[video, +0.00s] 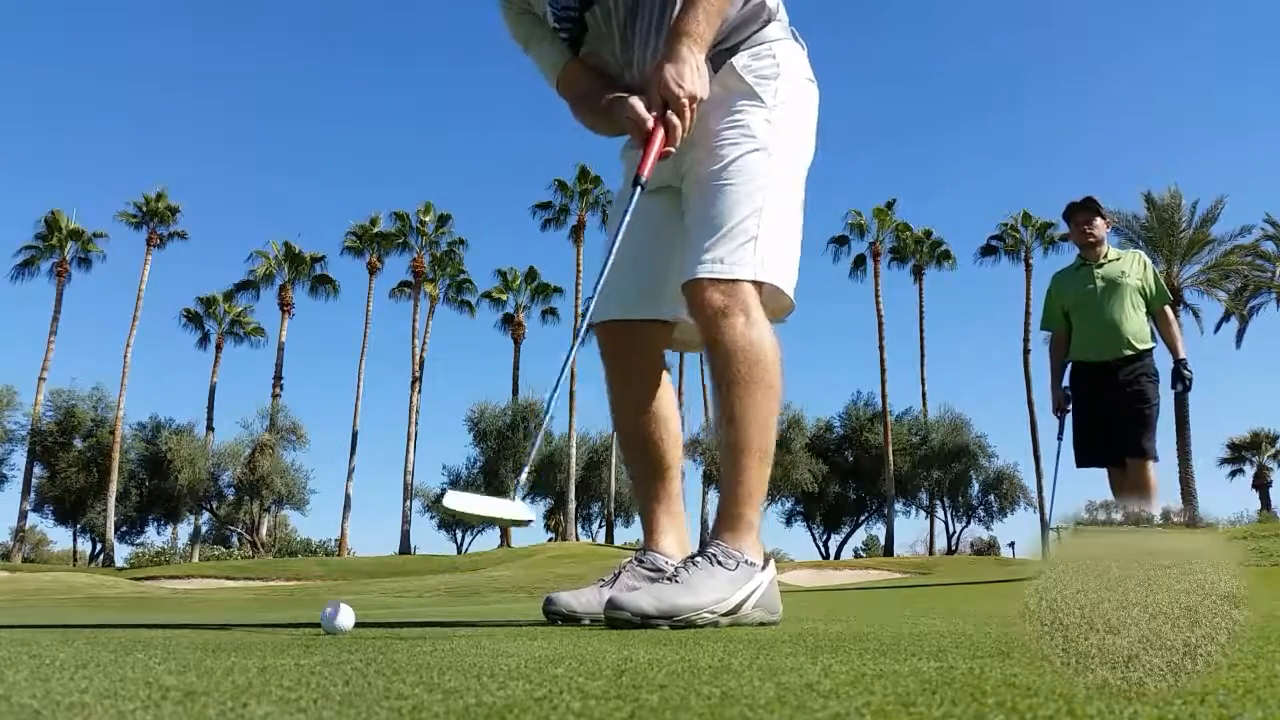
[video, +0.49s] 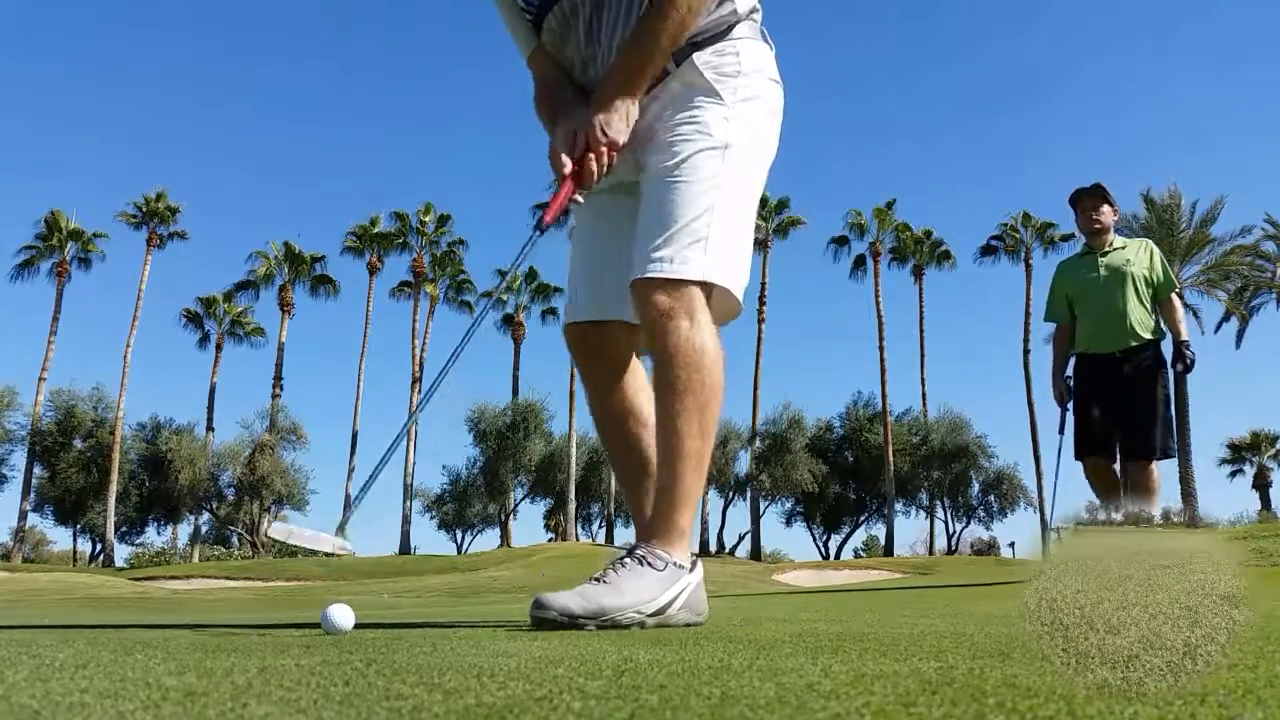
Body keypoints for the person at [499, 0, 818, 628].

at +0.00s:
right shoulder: (521, 8)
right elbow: (581, 87)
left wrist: (688, 40)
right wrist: (618, 110)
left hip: (744, 55)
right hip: (652, 107)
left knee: (722, 287)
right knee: (623, 323)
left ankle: (740, 558)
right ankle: (666, 558)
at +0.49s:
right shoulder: (515, 6)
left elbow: (685, 4)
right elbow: (547, 70)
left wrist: (619, 91)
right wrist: (564, 120)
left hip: (707, 59)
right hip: (605, 101)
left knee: (670, 290)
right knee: (594, 331)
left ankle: (671, 560)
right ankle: (659, 557)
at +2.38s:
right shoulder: (470, 5)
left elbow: (626, 5)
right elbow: (514, 81)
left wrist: (564, 123)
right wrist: (525, 149)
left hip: (673, 51)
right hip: (575, 100)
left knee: (642, 287)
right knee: (541, 318)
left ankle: (657, 562)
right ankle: (587, 550)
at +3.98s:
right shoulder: (453, 6)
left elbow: (616, 5)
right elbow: (507, 93)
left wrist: (566, 125)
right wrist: (522, 160)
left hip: (667, 61)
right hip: (571, 111)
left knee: (641, 288)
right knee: (547, 324)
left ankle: (654, 562)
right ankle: (575, 561)